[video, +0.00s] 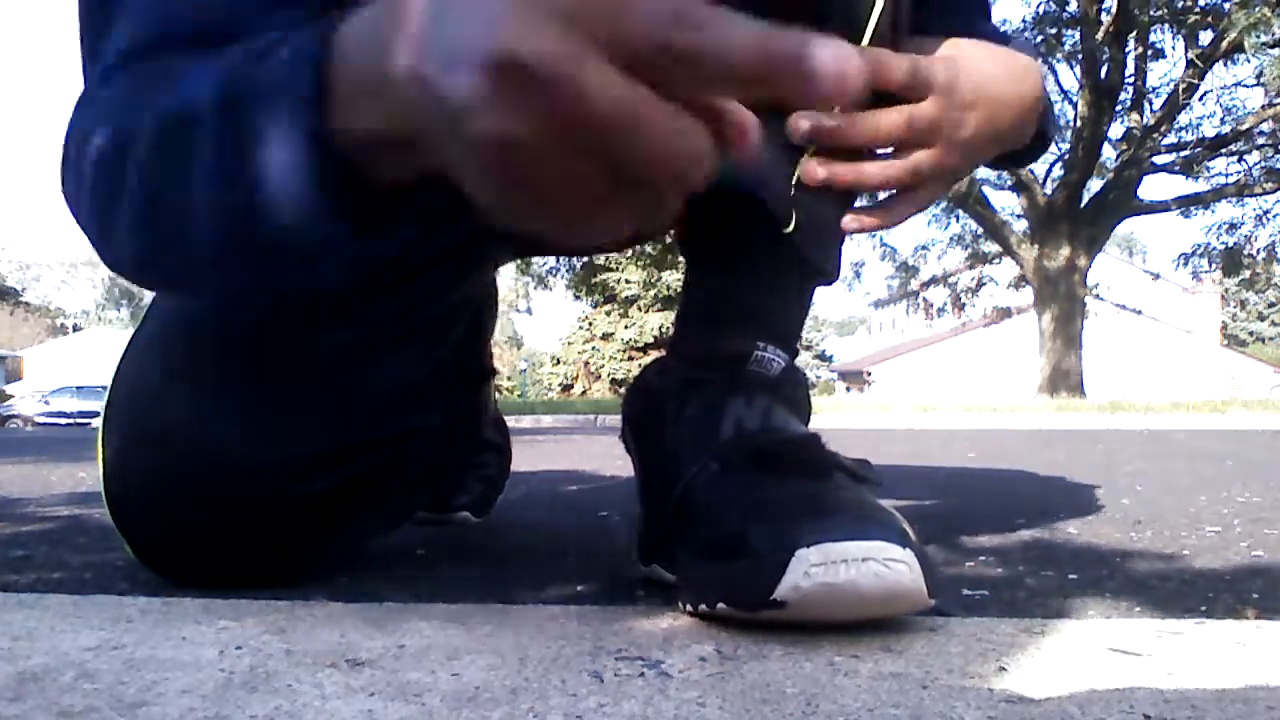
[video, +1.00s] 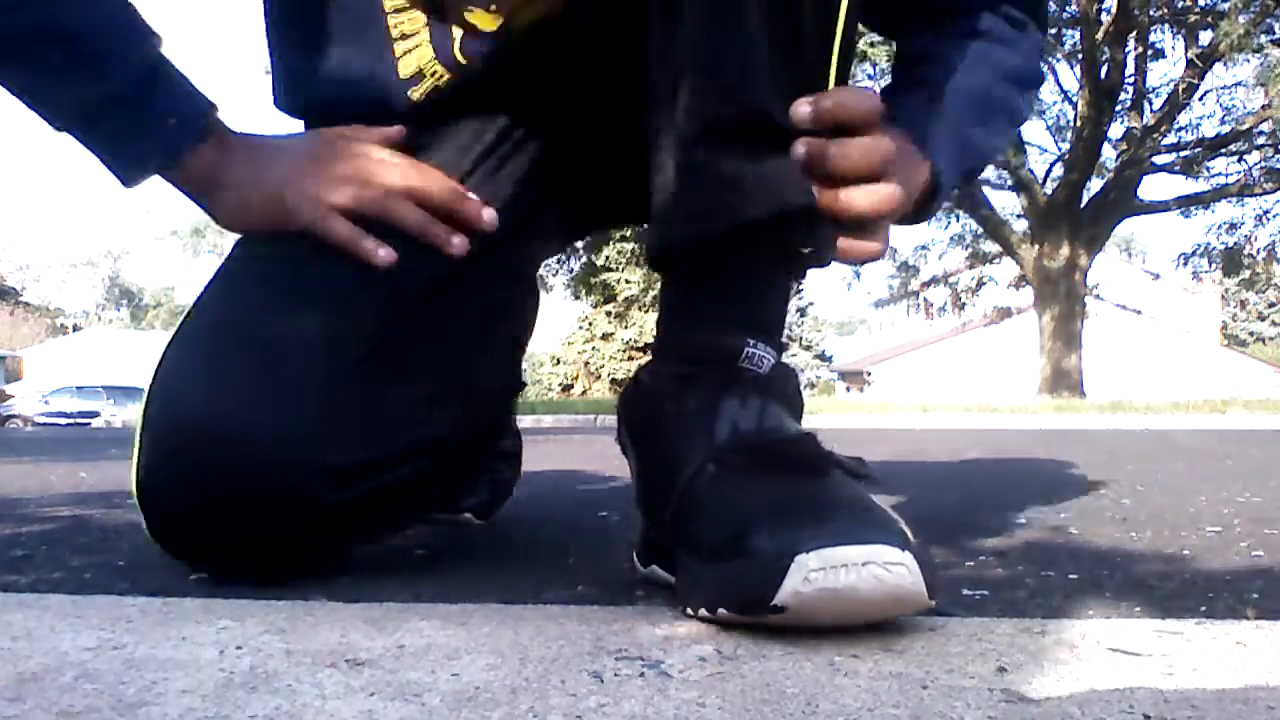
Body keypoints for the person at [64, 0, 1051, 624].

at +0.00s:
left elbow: (906, 29)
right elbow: (126, 144)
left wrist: (1023, 92)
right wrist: (393, 73)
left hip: (689, 63)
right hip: (368, 135)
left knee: (815, 13)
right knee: (192, 507)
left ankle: (733, 417)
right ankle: (423, 391)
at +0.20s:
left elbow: (935, 38)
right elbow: (155, 154)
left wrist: (1037, 120)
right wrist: (535, 234)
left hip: (652, 133)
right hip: (359, 158)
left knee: (786, 11)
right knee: (192, 497)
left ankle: (732, 447)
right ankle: (416, 402)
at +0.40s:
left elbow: (911, 24)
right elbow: (111, 118)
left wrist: (1002, 158)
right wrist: (456, 232)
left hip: (616, 134)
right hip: (324, 173)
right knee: (198, 501)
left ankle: (734, 437)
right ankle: (422, 411)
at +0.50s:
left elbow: (908, 33)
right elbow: (89, 74)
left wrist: (995, 169)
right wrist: (344, 197)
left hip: (592, 115)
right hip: (308, 175)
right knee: (192, 508)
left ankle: (732, 424)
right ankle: (424, 404)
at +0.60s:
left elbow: (910, 30)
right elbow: (56, 16)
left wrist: (997, 163)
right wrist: (237, 129)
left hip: (605, 105)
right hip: (335, 138)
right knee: (194, 511)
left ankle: (730, 418)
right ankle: (411, 373)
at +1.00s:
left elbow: (996, 12)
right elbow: (33, 16)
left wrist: (926, 141)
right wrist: (210, 152)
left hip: (672, 75)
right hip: (402, 139)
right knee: (217, 498)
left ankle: (725, 423)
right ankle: (452, 417)